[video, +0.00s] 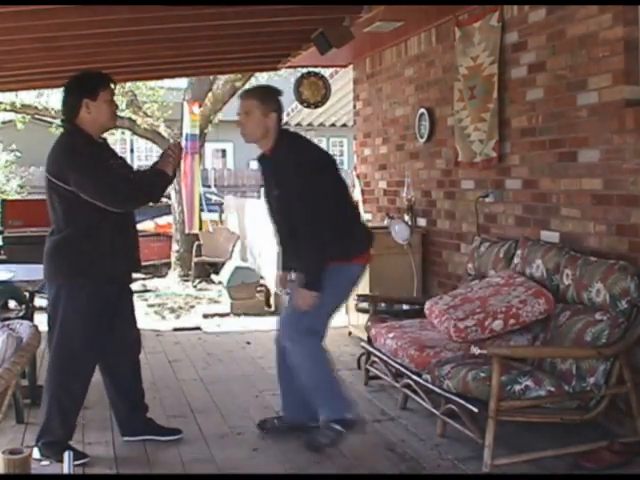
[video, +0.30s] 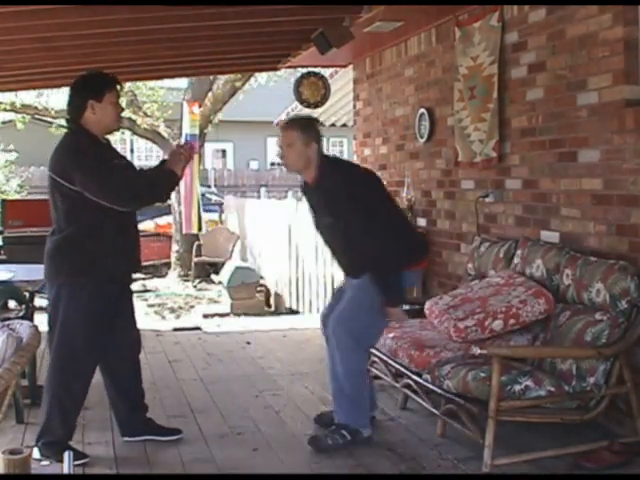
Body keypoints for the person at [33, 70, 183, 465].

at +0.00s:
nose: (117, 107)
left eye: (115, 99)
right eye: (110, 100)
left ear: (91, 106)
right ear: (86, 106)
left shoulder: (98, 148)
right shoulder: (70, 151)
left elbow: (135, 189)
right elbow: (120, 196)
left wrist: (163, 169)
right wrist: (161, 171)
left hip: (108, 273)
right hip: (77, 275)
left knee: (122, 351)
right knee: (70, 361)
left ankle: (134, 423)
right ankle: (51, 444)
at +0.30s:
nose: (122, 109)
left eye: (120, 101)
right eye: (115, 102)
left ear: (95, 107)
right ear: (91, 107)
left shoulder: (101, 150)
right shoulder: (73, 152)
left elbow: (138, 189)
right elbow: (125, 193)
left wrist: (172, 168)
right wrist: (170, 168)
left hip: (110, 274)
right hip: (78, 276)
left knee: (123, 351)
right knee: (72, 361)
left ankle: (134, 423)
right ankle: (51, 444)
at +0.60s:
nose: (121, 112)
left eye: (121, 104)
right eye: (115, 104)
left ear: (93, 108)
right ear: (90, 107)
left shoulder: (103, 151)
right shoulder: (73, 152)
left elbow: (134, 192)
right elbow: (125, 193)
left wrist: (175, 173)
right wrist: (178, 173)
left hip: (109, 273)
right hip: (77, 275)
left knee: (122, 350)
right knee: (72, 359)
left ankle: (134, 424)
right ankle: (52, 443)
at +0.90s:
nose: (118, 110)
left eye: (116, 102)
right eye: (111, 103)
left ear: (89, 109)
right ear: (86, 108)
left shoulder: (99, 153)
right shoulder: (71, 152)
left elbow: (132, 189)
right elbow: (118, 197)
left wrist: (177, 200)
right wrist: (177, 202)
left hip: (106, 273)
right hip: (73, 275)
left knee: (121, 350)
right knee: (72, 360)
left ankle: (134, 424)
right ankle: (52, 444)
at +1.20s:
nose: (108, 110)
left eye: (106, 102)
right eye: (100, 103)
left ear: (81, 110)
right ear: (73, 110)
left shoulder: (94, 154)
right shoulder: (62, 158)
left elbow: (116, 212)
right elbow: (93, 222)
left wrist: (153, 241)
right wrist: (141, 257)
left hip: (102, 273)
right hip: (69, 277)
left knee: (121, 350)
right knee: (69, 362)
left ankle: (134, 424)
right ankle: (52, 444)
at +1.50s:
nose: (101, 118)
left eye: (100, 110)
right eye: (95, 110)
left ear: (73, 113)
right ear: (69, 112)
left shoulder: (86, 156)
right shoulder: (56, 160)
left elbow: (104, 213)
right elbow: (73, 231)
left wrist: (129, 245)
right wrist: (112, 274)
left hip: (99, 272)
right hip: (70, 278)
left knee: (122, 348)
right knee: (78, 361)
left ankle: (135, 424)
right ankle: (52, 445)